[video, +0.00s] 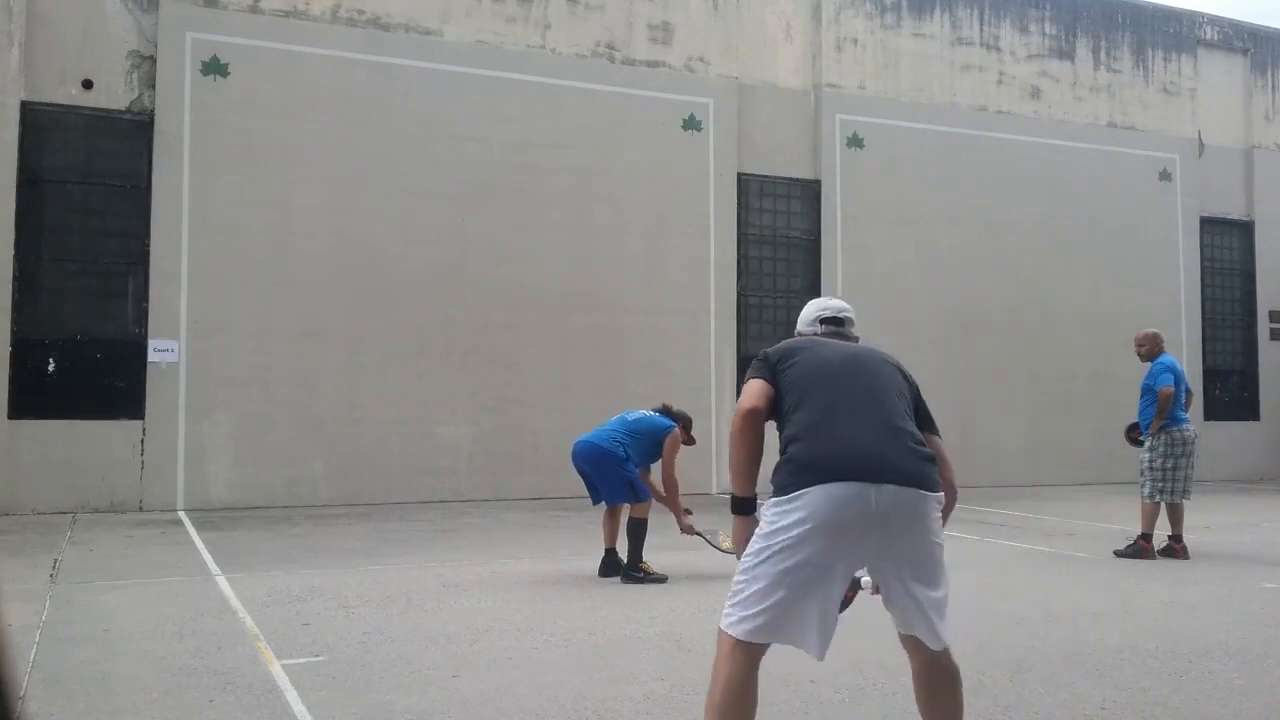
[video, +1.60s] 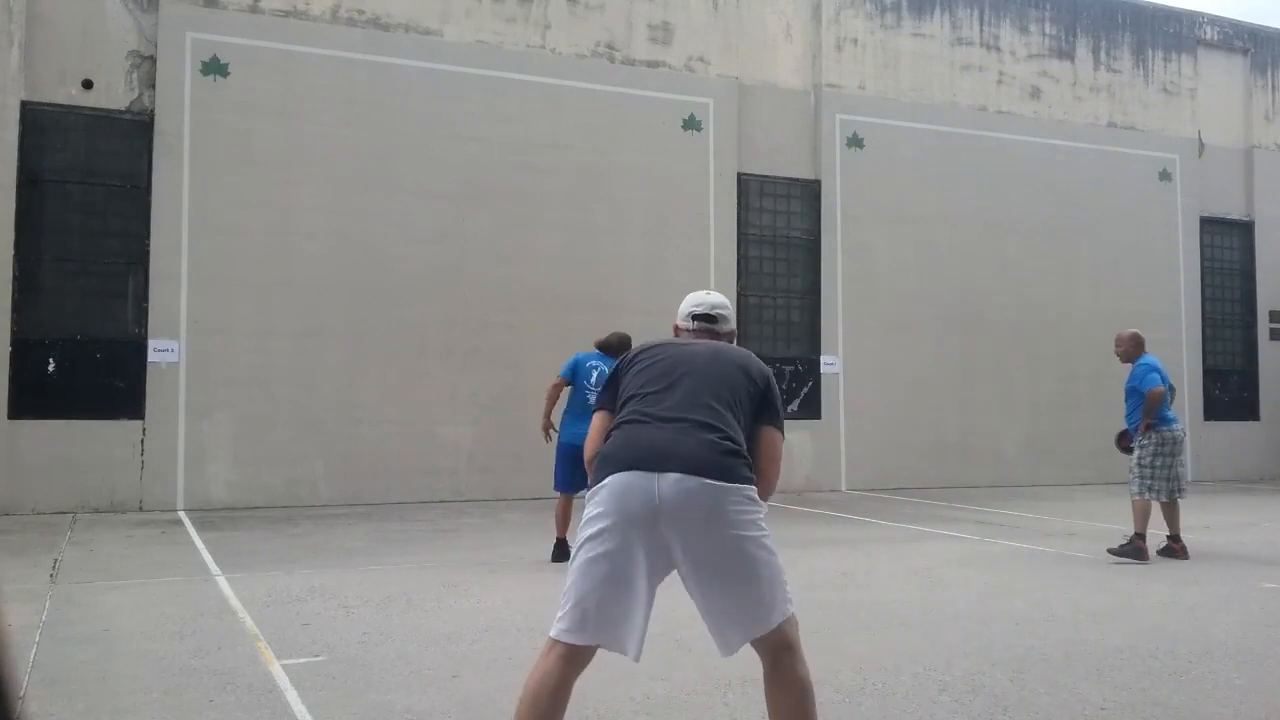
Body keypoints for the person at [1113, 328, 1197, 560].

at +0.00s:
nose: (1137, 351)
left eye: (1141, 346)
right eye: (1136, 347)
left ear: (1158, 345)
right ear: (1159, 347)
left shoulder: (1160, 365)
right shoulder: (1172, 363)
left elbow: (1167, 392)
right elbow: (1188, 394)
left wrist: (1157, 422)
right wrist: (1177, 419)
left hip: (1164, 435)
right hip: (1181, 432)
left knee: (1151, 489)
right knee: (1173, 491)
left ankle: (1144, 543)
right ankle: (1176, 543)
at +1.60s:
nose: (1116, 351)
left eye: (1119, 346)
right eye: (1116, 347)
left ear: (1134, 347)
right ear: (1136, 347)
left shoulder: (1142, 367)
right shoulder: (1152, 364)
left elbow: (1156, 391)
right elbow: (1169, 390)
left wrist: (1146, 420)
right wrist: (1157, 416)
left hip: (1154, 434)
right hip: (1170, 432)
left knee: (1139, 488)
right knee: (1167, 489)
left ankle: (1138, 543)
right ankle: (1175, 543)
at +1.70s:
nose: (1110, 354)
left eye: (1114, 349)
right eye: (1109, 350)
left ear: (1129, 348)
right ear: (1129, 349)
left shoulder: (1138, 370)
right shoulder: (1138, 368)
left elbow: (1156, 395)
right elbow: (1146, 403)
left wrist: (1137, 420)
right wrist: (1129, 435)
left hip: (1152, 438)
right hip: (1163, 435)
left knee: (1138, 491)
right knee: (1165, 490)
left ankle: (1135, 547)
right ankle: (1175, 543)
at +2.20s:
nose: (1111, 350)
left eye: (1116, 346)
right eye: (1107, 346)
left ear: (1129, 348)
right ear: (1104, 349)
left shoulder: (1134, 369)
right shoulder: (1112, 376)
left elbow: (1138, 401)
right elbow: (1111, 413)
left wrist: (1107, 415)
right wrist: (1100, 440)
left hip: (1138, 439)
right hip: (1133, 440)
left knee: (1109, 490)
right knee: (1138, 491)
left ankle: (1132, 542)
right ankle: (1155, 544)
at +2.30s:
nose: (1095, 356)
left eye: (1099, 352)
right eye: (1095, 351)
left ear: (1114, 355)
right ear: (1112, 356)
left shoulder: (1119, 375)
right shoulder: (1115, 377)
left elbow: (1122, 410)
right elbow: (1115, 422)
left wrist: (1099, 433)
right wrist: (1098, 448)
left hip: (1134, 443)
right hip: (1148, 442)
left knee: (1098, 493)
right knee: (1132, 494)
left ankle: (1124, 544)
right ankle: (1154, 545)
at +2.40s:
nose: (1084, 364)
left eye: (1088, 360)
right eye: (1085, 359)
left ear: (1099, 363)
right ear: (1106, 364)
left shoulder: (1104, 386)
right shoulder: (1117, 381)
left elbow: (1100, 429)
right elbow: (1110, 425)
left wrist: (1086, 452)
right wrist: (1092, 449)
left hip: (1129, 450)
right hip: (1147, 447)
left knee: (1089, 495)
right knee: (1133, 496)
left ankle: (1102, 548)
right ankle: (1154, 546)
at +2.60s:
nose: (1058, 352)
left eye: (1061, 348)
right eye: (1058, 348)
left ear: (1074, 350)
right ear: (1079, 350)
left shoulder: (1077, 374)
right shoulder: (1095, 367)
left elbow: (1075, 416)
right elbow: (1093, 409)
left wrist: (1056, 432)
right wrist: (1072, 431)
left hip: (1105, 443)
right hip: (1127, 436)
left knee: (1079, 495)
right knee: (1124, 490)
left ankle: (1095, 551)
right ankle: (1139, 545)